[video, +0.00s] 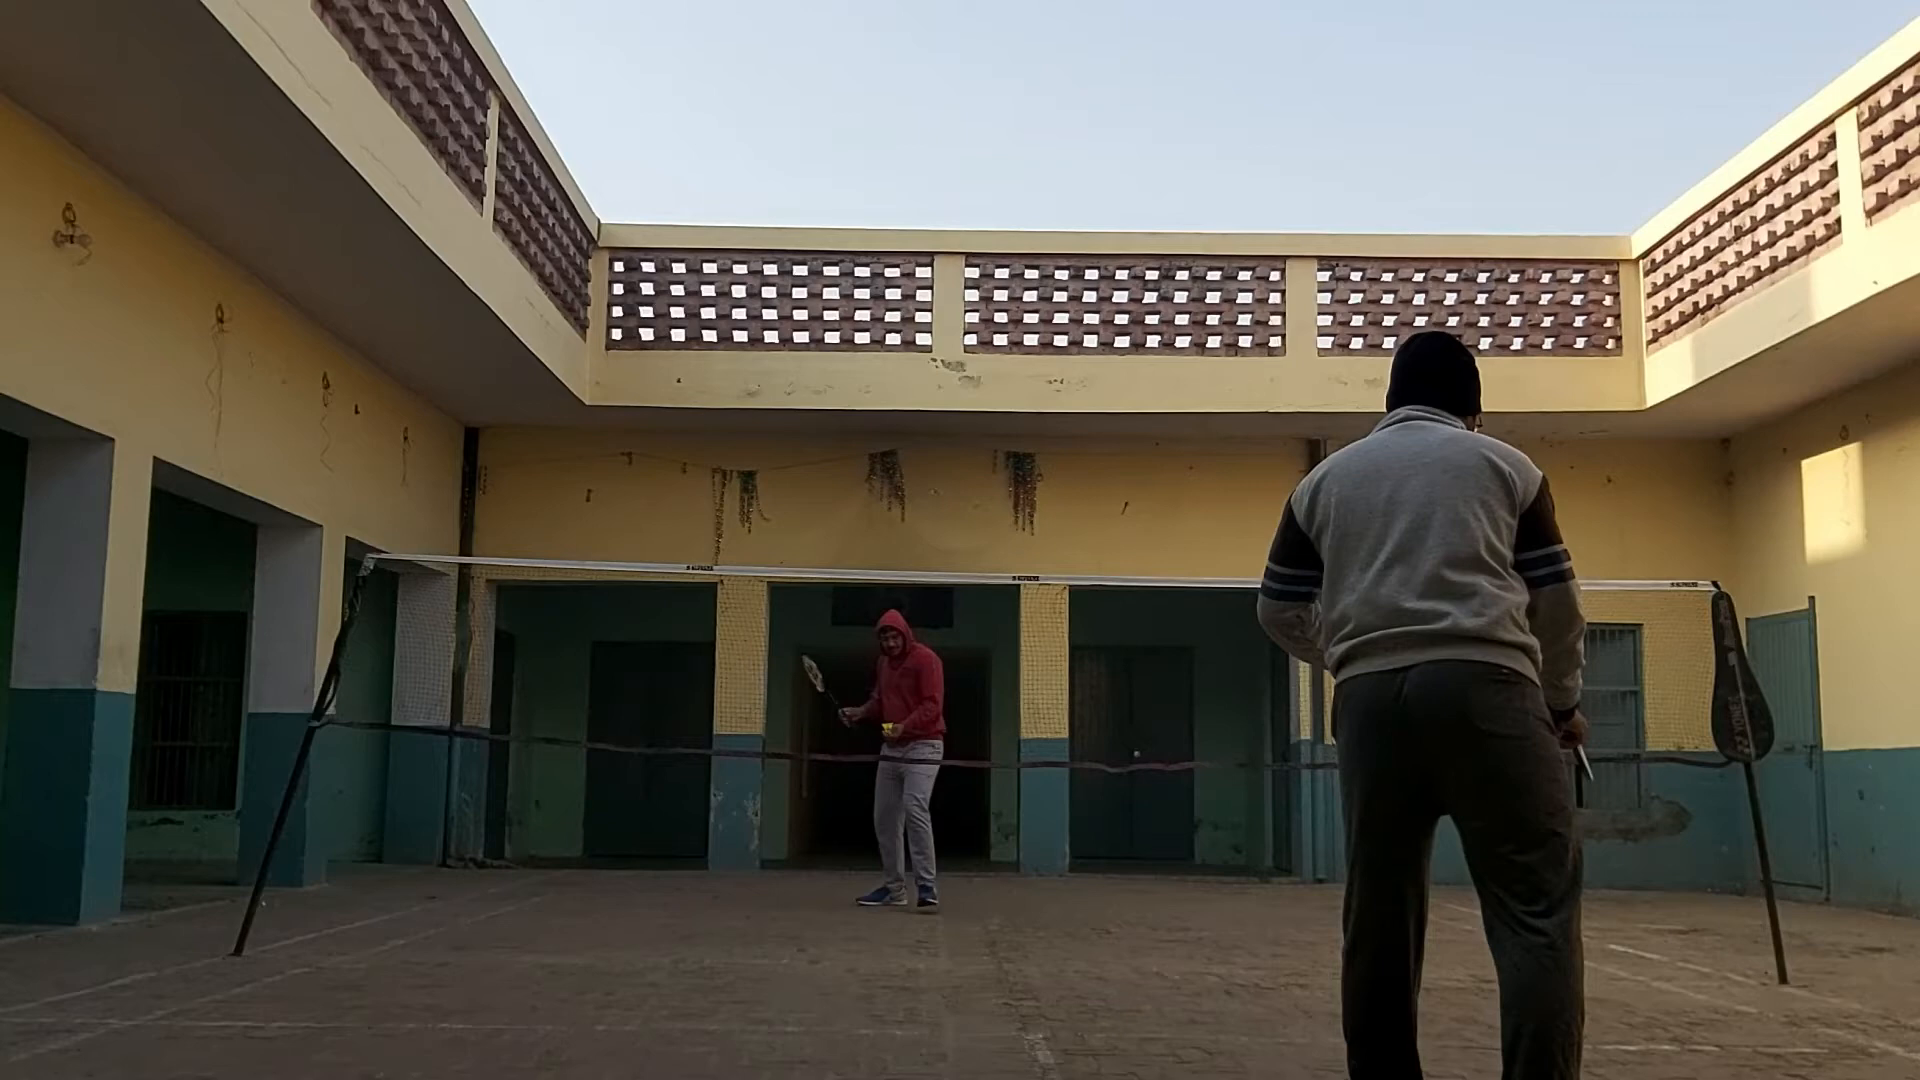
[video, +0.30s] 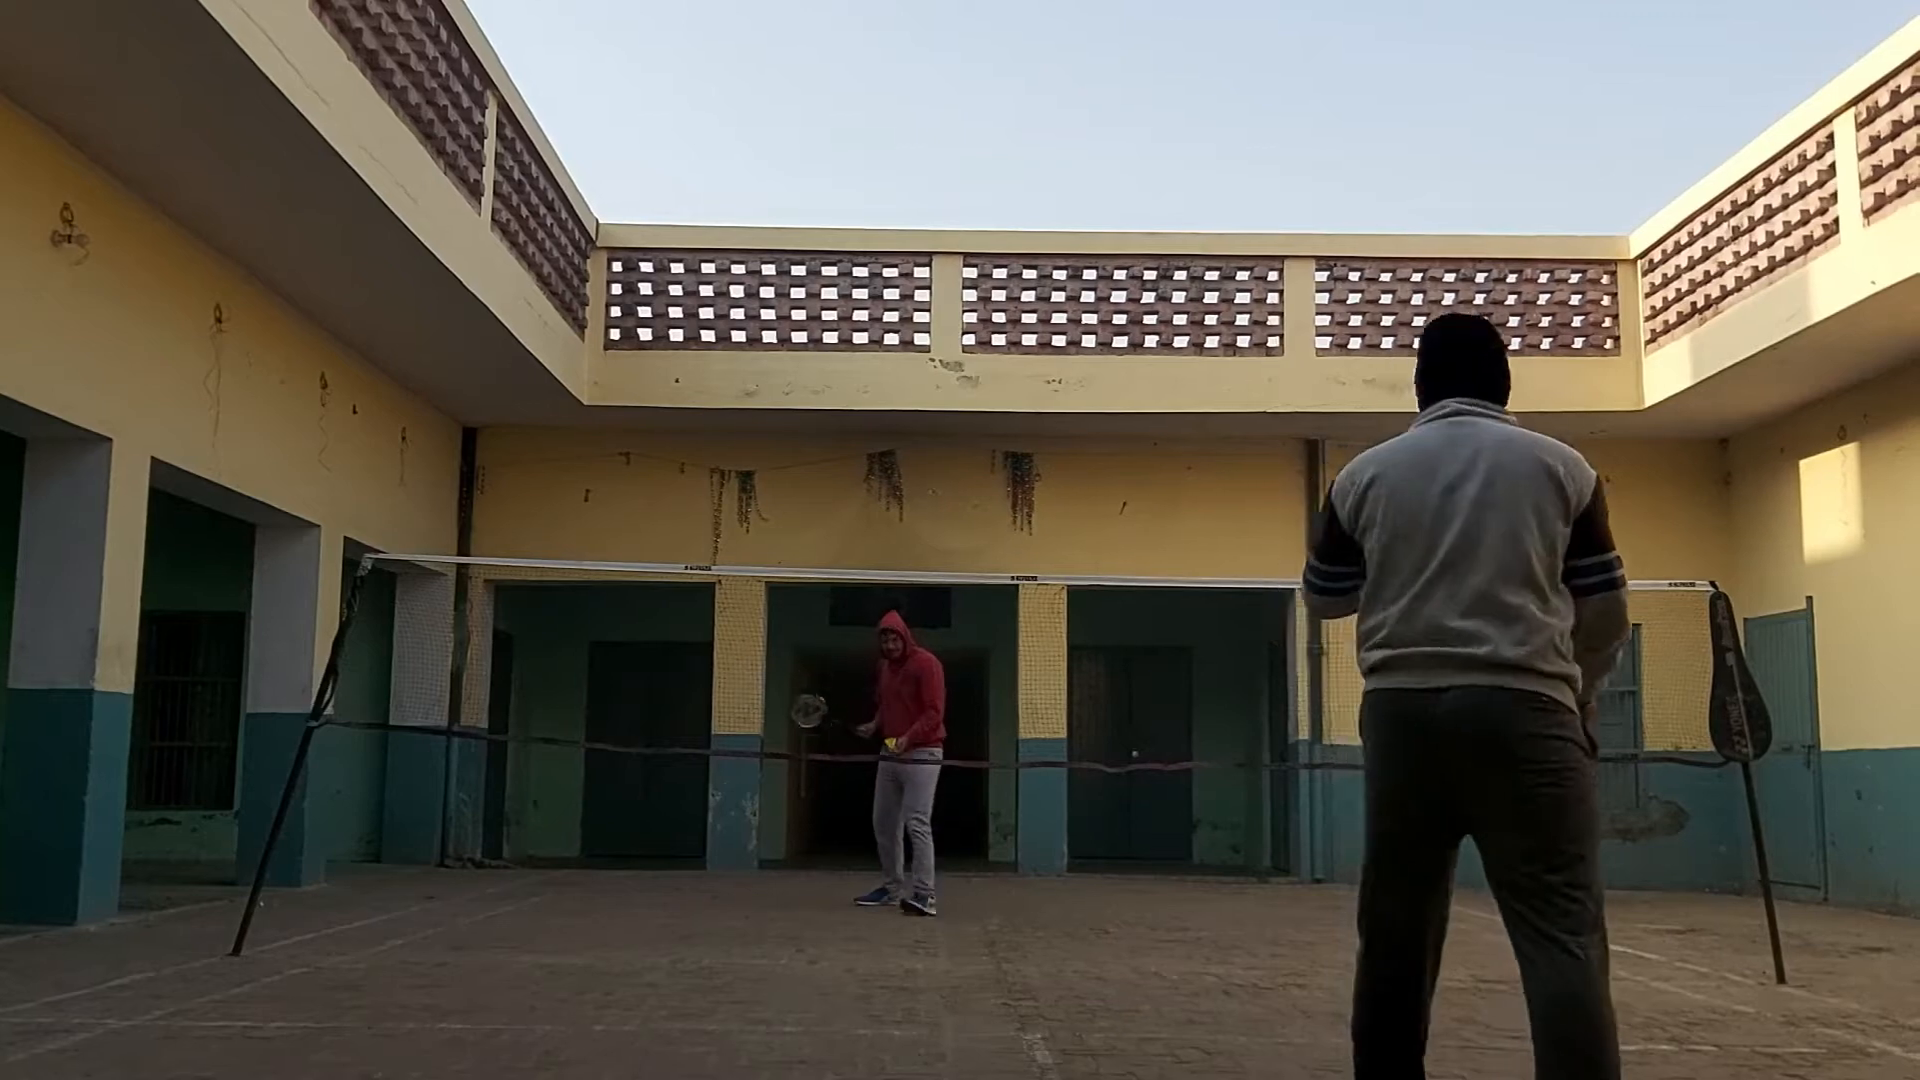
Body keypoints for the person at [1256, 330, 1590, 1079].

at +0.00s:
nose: (1478, 414)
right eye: (1478, 404)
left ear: (1390, 398)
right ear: (1470, 404)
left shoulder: (1323, 480)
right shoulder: (1508, 467)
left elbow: (1281, 609)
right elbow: (1557, 602)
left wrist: (1354, 656)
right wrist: (1563, 700)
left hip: (1371, 703)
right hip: (1491, 698)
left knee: (1380, 905)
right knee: (1534, 908)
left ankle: (1382, 1079)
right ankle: (1541, 1075)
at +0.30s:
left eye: (1424, 378)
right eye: (1501, 378)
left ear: (1419, 386)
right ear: (1505, 384)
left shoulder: (1366, 473)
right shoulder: (1561, 465)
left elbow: (1328, 597)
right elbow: (1603, 612)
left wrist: (1412, 563)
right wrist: (1572, 694)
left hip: (1401, 720)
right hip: (1528, 719)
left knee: (1396, 934)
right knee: (1562, 934)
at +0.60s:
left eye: (1450, 362)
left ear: (1451, 371)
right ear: (1541, 365)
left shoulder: (1406, 451)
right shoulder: (1618, 457)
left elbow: (1356, 549)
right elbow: (1665, 603)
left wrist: (1439, 439)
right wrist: (1590, 654)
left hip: (1443, 716)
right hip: (1576, 715)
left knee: (1408, 928)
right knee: (1578, 945)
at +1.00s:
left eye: (1435, 370)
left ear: (1439, 377)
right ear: (1526, 377)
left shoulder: (1389, 468)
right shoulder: (1594, 463)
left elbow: (1334, 595)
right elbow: (1648, 603)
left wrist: (1420, 550)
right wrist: (1597, 675)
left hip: (1423, 720)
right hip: (1556, 716)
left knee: (1399, 929)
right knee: (1570, 941)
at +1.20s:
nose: (1404, 423)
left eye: (1405, 413)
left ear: (1411, 414)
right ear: (1495, 407)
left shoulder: (1370, 491)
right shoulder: (1565, 472)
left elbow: (1328, 636)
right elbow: (1639, 598)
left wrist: (1406, 670)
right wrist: (1600, 699)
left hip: (1407, 719)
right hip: (1539, 712)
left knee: (1388, 924)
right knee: (1563, 939)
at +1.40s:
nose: (1379, 448)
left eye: (1381, 439)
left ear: (1384, 437)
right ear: (1468, 430)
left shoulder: (1346, 510)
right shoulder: (1529, 487)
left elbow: (1320, 664)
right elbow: (1605, 621)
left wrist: (1337, 755)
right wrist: (1578, 731)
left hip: (1402, 726)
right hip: (1533, 715)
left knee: (1386, 929)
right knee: (1561, 936)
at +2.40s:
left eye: (1352, 439)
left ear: (1349, 446)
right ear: (1430, 447)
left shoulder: (1303, 536)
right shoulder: (1490, 531)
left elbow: (1236, 658)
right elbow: (1551, 656)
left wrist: (1221, 746)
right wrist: (1591, 726)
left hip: (1332, 765)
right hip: (1460, 763)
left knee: (1311, 957)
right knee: (1506, 955)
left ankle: (1333, 1078)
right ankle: (1544, 1073)